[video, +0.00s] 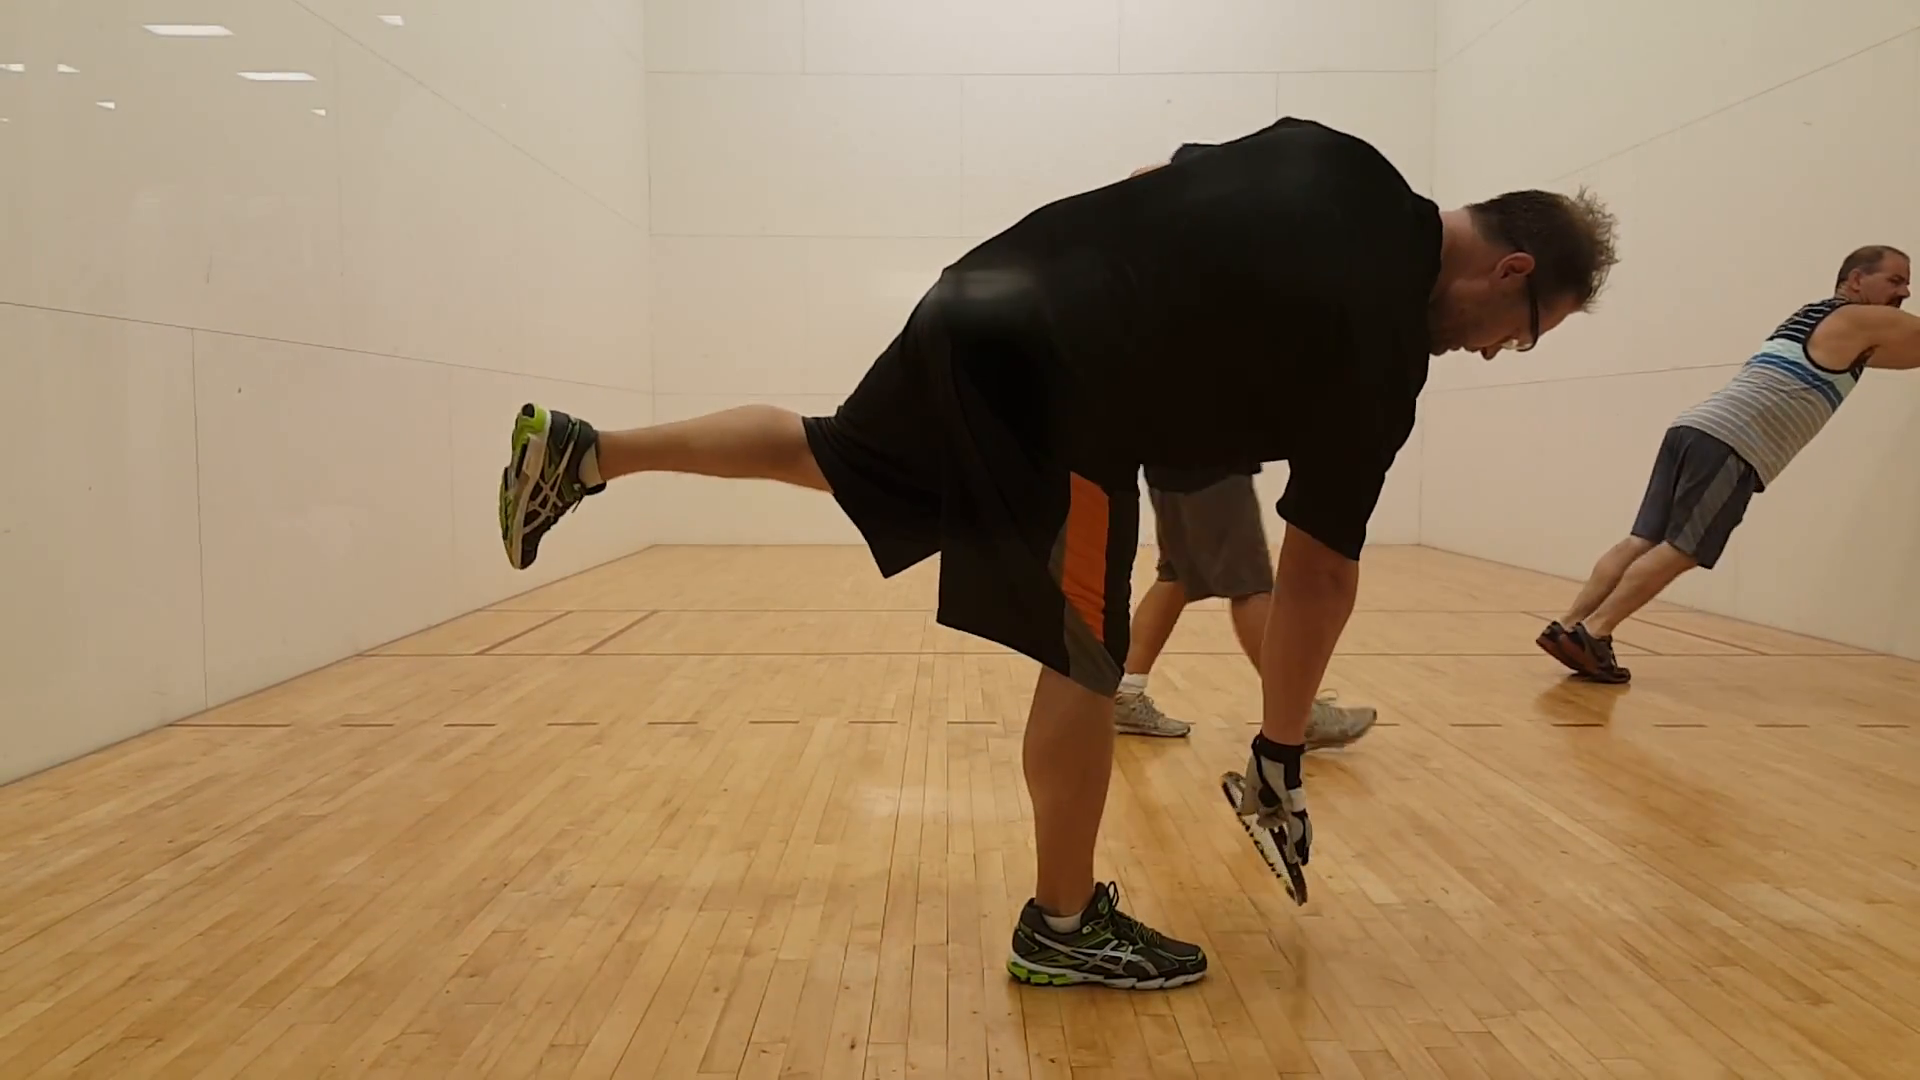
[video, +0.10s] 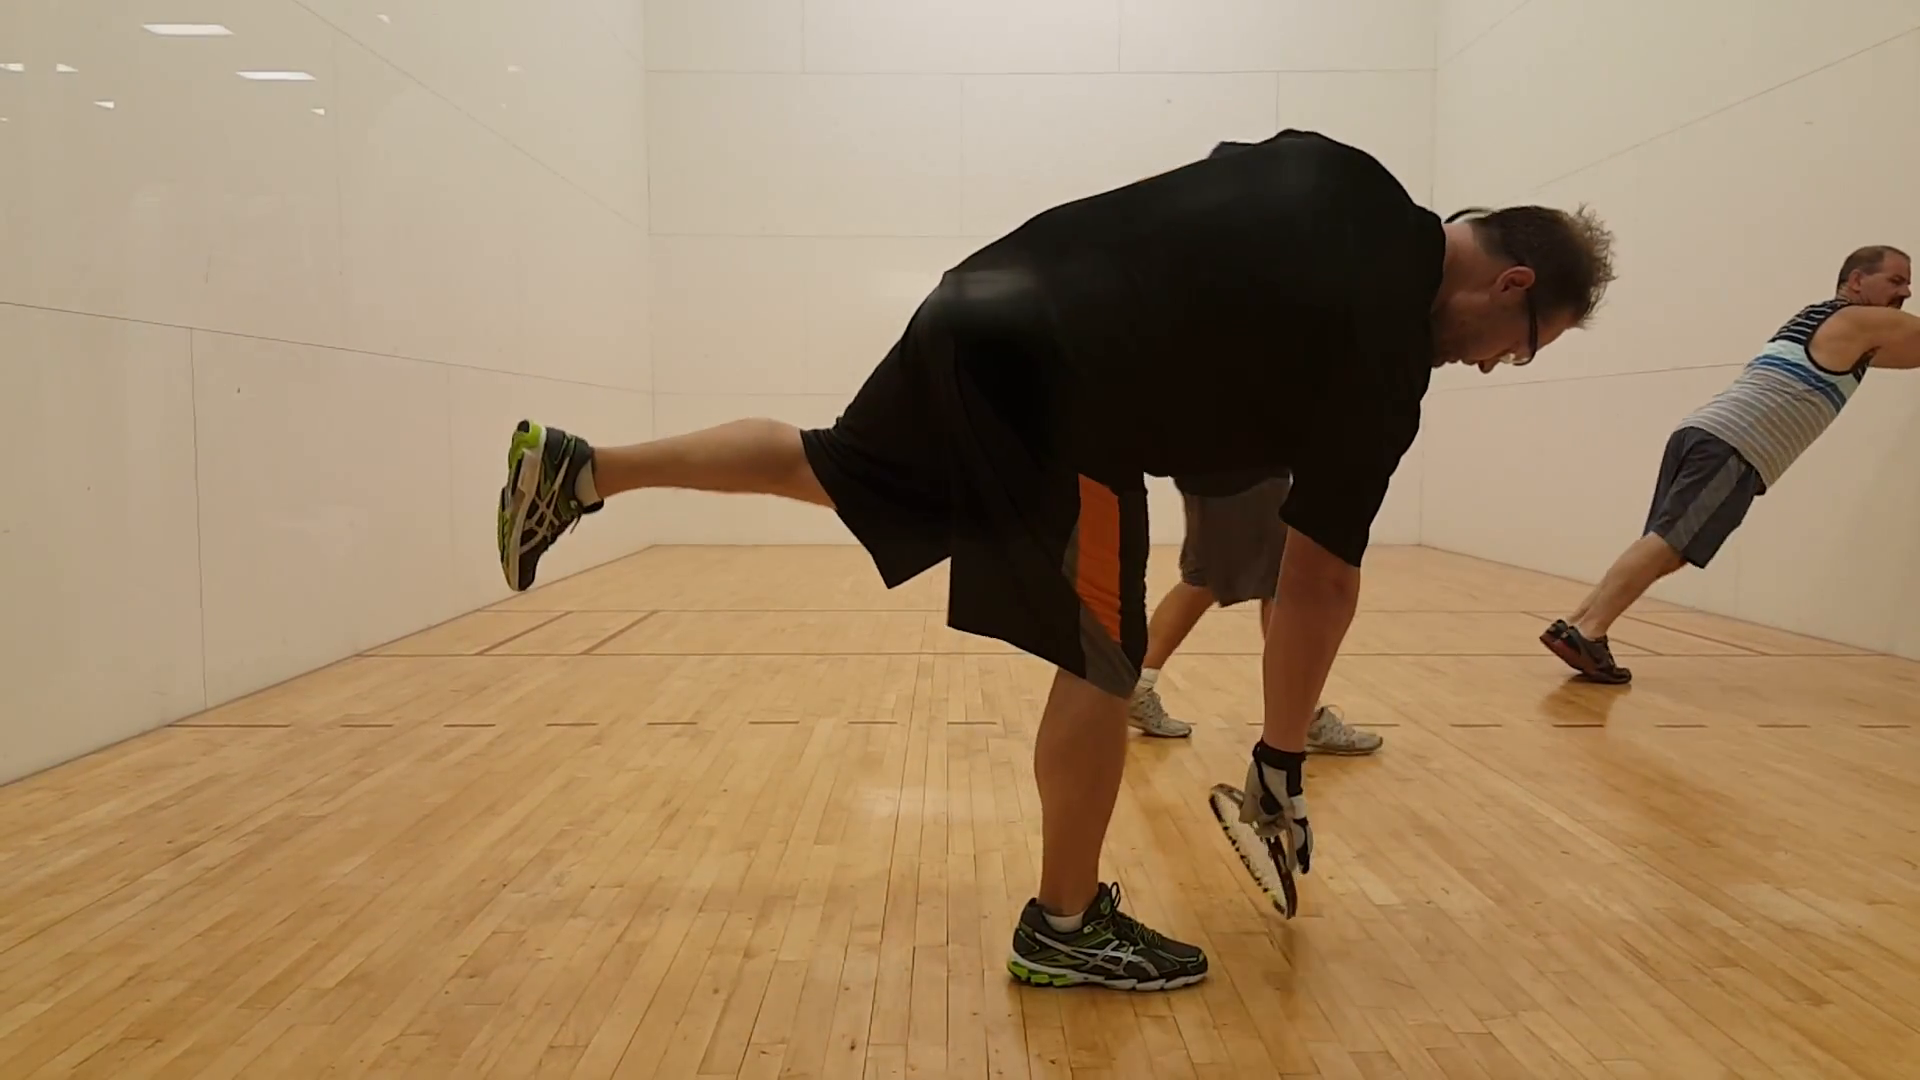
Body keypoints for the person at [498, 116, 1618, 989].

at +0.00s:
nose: (1496, 352)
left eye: (1518, 339)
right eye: (1520, 329)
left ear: (1479, 229)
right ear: (1506, 267)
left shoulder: (1329, 155)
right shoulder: (1382, 348)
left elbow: (1153, 183)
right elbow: (1314, 574)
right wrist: (1279, 753)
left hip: (982, 296)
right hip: (1067, 385)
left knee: (840, 455)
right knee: (1089, 646)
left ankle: (585, 451)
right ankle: (1063, 921)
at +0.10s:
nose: (1494, 365)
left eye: (1515, 353)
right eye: (1517, 342)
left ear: (1481, 245)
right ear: (1505, 279)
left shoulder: (1331, 168)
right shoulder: (1380, 356)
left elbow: (1189, 250)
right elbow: (1316, 585)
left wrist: (1231, 508)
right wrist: (1281, 757)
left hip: (978, 302)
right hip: (1064, 391)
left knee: (843, 466)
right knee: (1103, 658)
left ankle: (584, 468)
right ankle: (1064, 923)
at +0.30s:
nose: (1484, 390)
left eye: (1505, 379)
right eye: (1506, 368)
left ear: (1479, 270)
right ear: (1500, 302)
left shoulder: (1337, 193)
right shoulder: (1376, 377)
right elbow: (1319, 590)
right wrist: (1284, 773)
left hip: (976, 304)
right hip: (1065, 400)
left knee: (844, 479)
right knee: (1084, 665)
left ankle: (584, 530)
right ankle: (1062, 921)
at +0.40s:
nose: (1480, 398)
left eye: (1501, 387)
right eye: (1503, 379)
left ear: (1481, 276)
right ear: (1499, 315)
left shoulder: (1342, 197)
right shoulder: (1377, 383)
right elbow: (1318, 604)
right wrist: (1283, 778)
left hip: (977, 298)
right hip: (1064, 399)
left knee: (835, 474)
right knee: (1081, 662)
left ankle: (574, 527)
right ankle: (1062, 922)